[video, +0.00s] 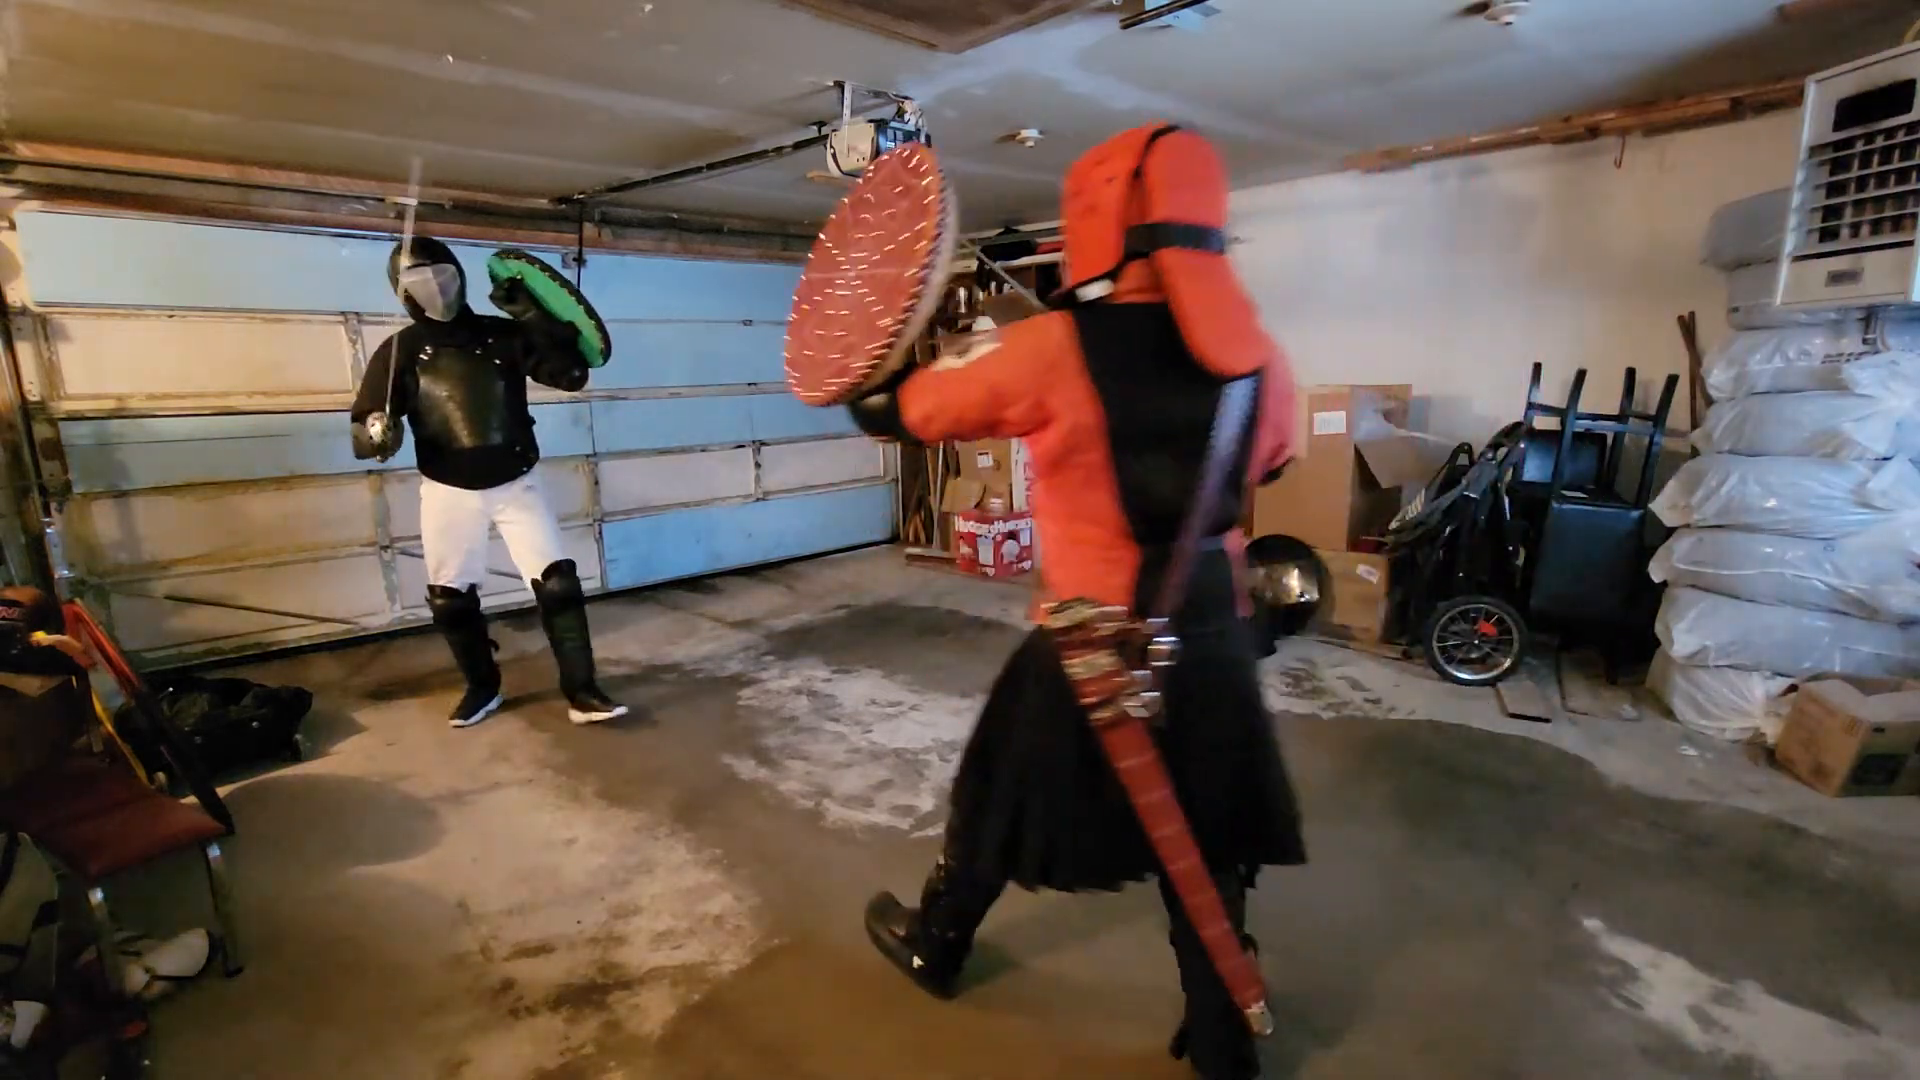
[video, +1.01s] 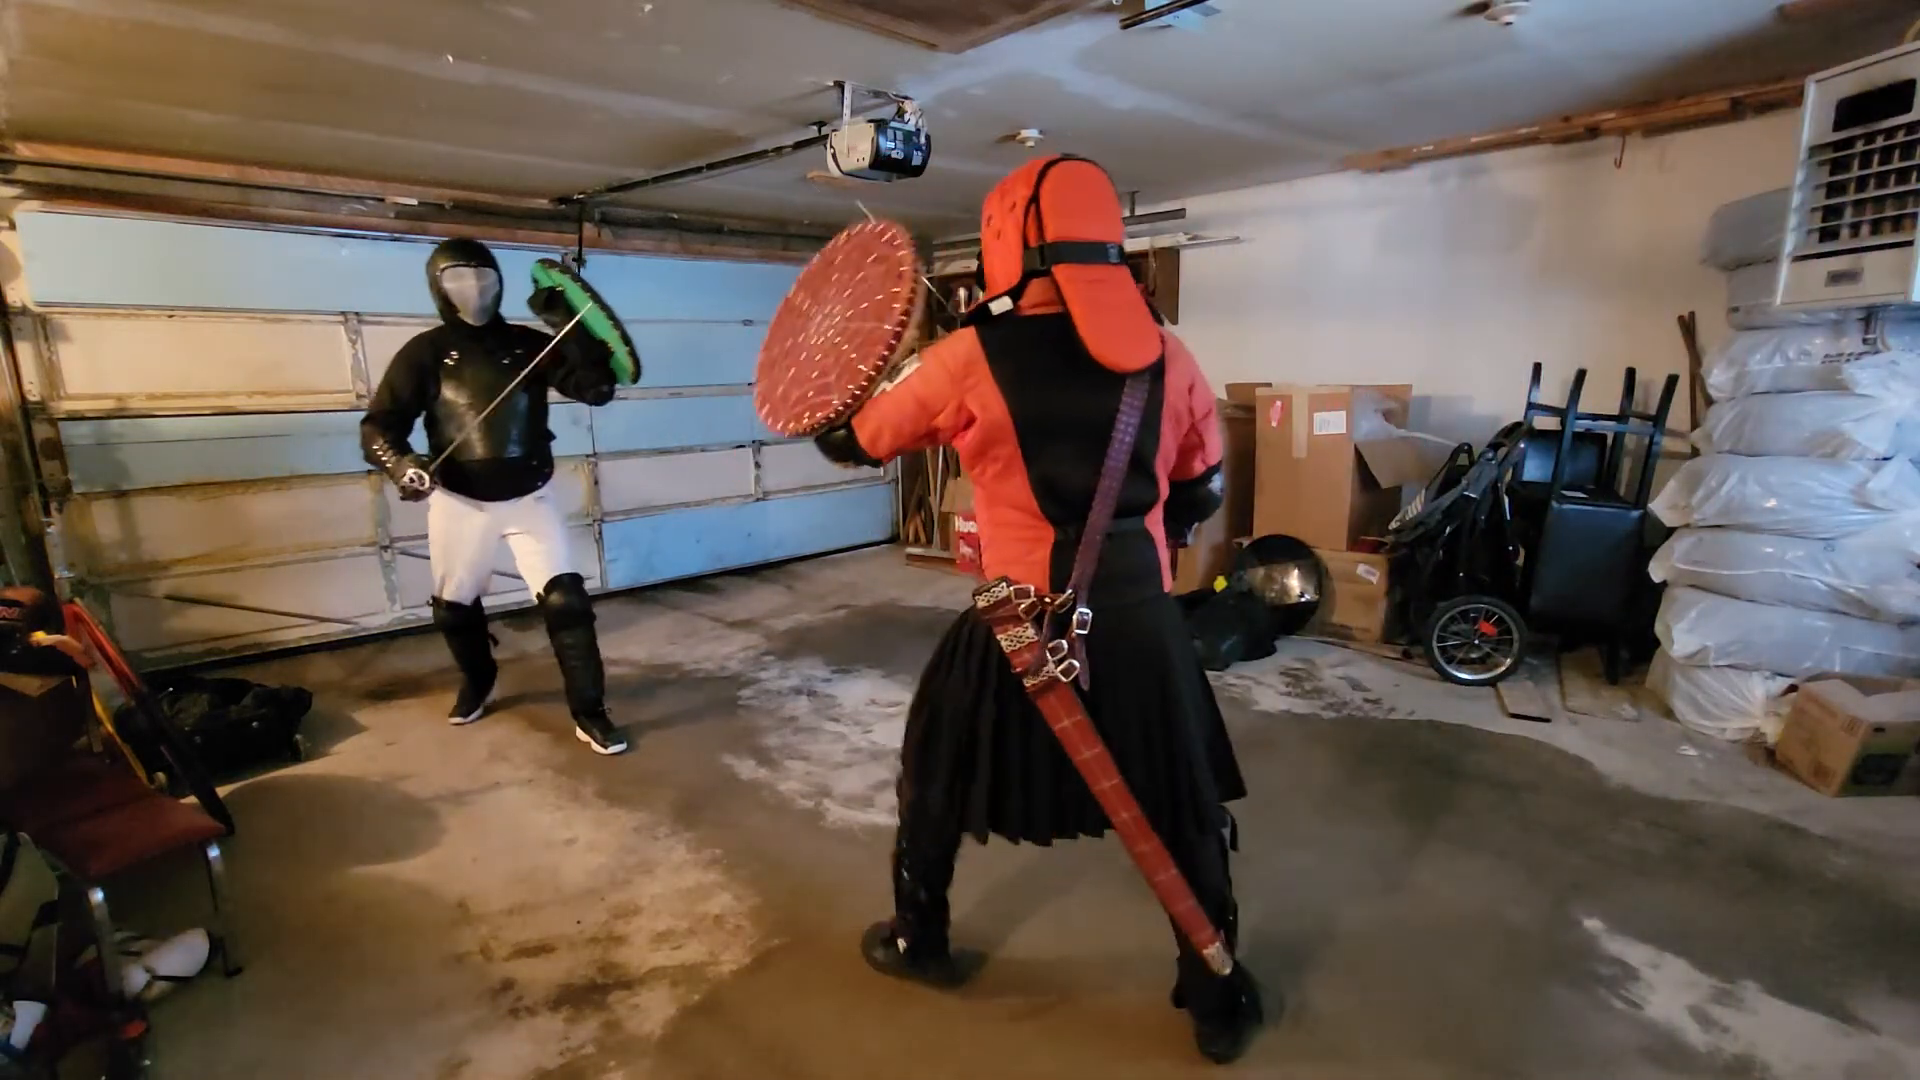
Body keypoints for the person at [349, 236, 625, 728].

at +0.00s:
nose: (434, 285)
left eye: (441, 273)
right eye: (419, 278)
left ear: (458, 274)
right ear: (402, 290)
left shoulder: (503, 334)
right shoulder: (399, 351)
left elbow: (572, 375)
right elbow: (361, 433)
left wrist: (533, 315)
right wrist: (376, 438)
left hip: (517, 485)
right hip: (448, 493)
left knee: (558, 582)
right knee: (449, 599)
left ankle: (582, 691)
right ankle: (482, 686)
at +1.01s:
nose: (475, 285)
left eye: (482, 273)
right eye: (460, 276)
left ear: (497, 280)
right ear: (440, 286)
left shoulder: (533, 344)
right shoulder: (425, 354)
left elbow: (596, 388)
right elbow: (378, 427)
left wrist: (569, 322)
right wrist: (399, 465)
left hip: (530, 499)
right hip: (456, 503)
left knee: (567, 601)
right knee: (453, 609)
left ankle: (590, 712)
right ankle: (478, 677)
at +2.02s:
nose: (499, 290)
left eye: (504, 282)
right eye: (486, 282)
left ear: (511, 289)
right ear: (458, 292)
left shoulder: (531, 349)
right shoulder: (428, 352)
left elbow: (593, 395)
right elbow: (384, 428)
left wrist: (573, 334)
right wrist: (428, 464)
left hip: (528, 498)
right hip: (460, 502)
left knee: (564, 590)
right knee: (459, 606)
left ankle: (572, 700)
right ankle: (480, 685)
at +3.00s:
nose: (458, 303)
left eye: (463, 294)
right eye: (444, 296)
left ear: (472, 300)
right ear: (419, 306)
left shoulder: (495, 358)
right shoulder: (398, 363)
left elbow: (556, 399)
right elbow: (355, 434)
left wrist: (530, 342)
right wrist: (380, 496)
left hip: (493, 494)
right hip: (429, 497)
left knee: (526, 579)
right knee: (435, 599)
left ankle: (526, 665)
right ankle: (467, 672)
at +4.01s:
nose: (576, 302)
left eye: (577, 294)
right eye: (564, 295)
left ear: (581, 303)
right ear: (538, 303)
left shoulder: (592, 359)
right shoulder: (506, 357)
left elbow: (644, 400)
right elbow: (479, 427)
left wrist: (626, 340)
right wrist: (502, 491)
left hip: (578, 490)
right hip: (516, 489)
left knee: (623, 566)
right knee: (481, 587)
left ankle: (642, 661)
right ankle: (478, 662)